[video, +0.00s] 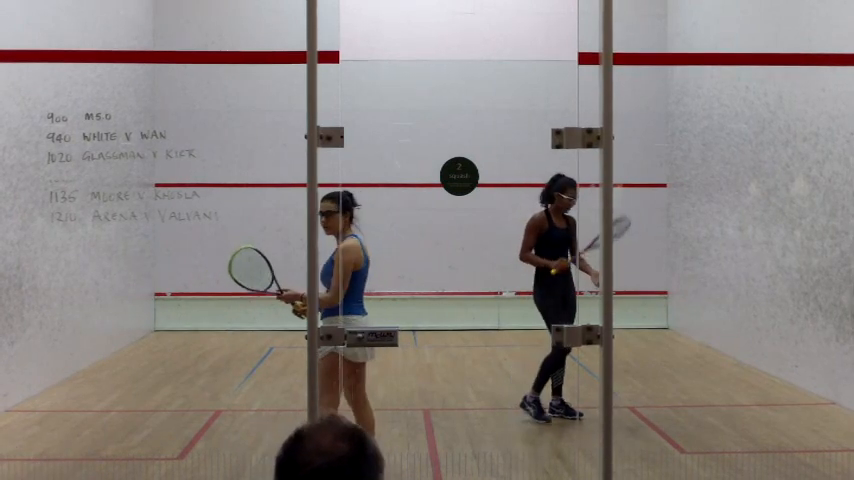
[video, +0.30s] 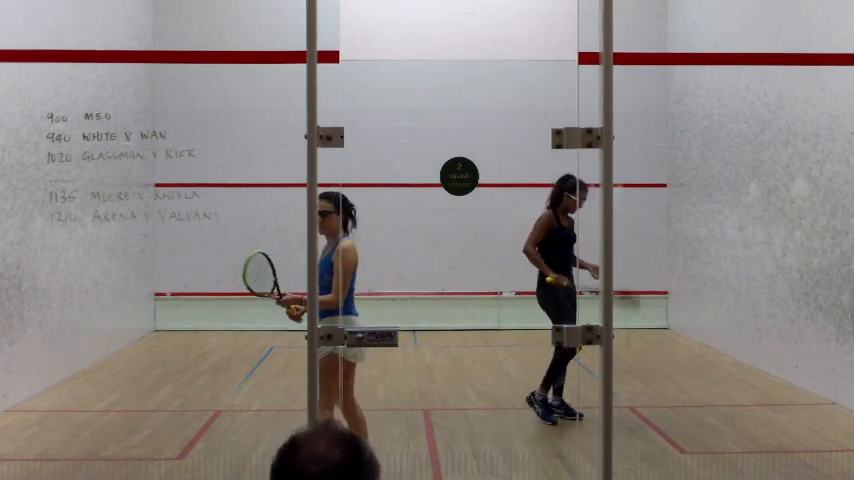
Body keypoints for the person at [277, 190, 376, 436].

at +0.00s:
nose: (323, 220)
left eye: (329, 214)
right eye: (321, 214)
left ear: (347, 215)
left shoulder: (347, 248)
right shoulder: (352, 245)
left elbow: (335, 297)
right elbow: (337, 296)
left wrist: (299, 296)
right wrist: (310, 307)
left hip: (340, 327)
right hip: (354, 326)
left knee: (327, 397)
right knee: (356, 394)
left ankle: (323, 456)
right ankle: (368, 454)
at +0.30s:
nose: (320, 220)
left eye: (325, 214)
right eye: (317, 215)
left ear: (341, 215)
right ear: (316, 217)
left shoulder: (345, 248)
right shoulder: (330, 248)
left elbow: (337, 300)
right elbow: (326, 297)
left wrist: (299, 300)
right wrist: (303, 309)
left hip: (339, 329)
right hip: (331, 327)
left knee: (328, 404)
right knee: (344, 402)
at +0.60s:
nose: (302, 228)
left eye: (303, 222)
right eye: (302, 222)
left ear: (312, 222)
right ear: (327, 221)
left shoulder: (324, 254)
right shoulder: (340, 250)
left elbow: (316, 304)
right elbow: (319, 305)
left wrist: (278, 301)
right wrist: (285, 319)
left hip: (339, 336)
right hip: (360, 333)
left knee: (317, 404)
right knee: (356, 394)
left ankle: (325, 464)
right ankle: (379, 458)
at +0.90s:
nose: (303, 246)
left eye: (302, 240)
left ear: (305, 240)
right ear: (329, 236)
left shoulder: (320, 266)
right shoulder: (348, 258)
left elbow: (332, 317)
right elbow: (349, 313)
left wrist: (313, 340)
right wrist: (313, 329)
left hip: (363, 338)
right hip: (386, 333)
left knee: (327, 401)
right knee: (369, 395)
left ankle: (326, 465)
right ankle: (385, 460)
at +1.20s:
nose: (337, 245)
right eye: (336, 242)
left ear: (307, 251)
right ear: (332, 244)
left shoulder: (314, 271)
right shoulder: (355, 263)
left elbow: (326, 316)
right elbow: (361, 303)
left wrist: (329, 343)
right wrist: (334, 336)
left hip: (360, 334)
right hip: (391, 331)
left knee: (327, 401)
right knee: (380, 397)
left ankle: (328, 463)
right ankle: (385, 461)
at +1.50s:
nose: (335, 248)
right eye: (334, 245)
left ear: (304, 251)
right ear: (331, 247)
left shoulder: (309, 273)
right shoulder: (355, 267)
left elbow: (313, 319)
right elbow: (355, 313)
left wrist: (316, 346)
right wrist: (326, 344)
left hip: (353, 335)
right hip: (384, 332)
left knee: (318, 404)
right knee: (373, 397)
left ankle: (325, 464)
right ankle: (385, 461)